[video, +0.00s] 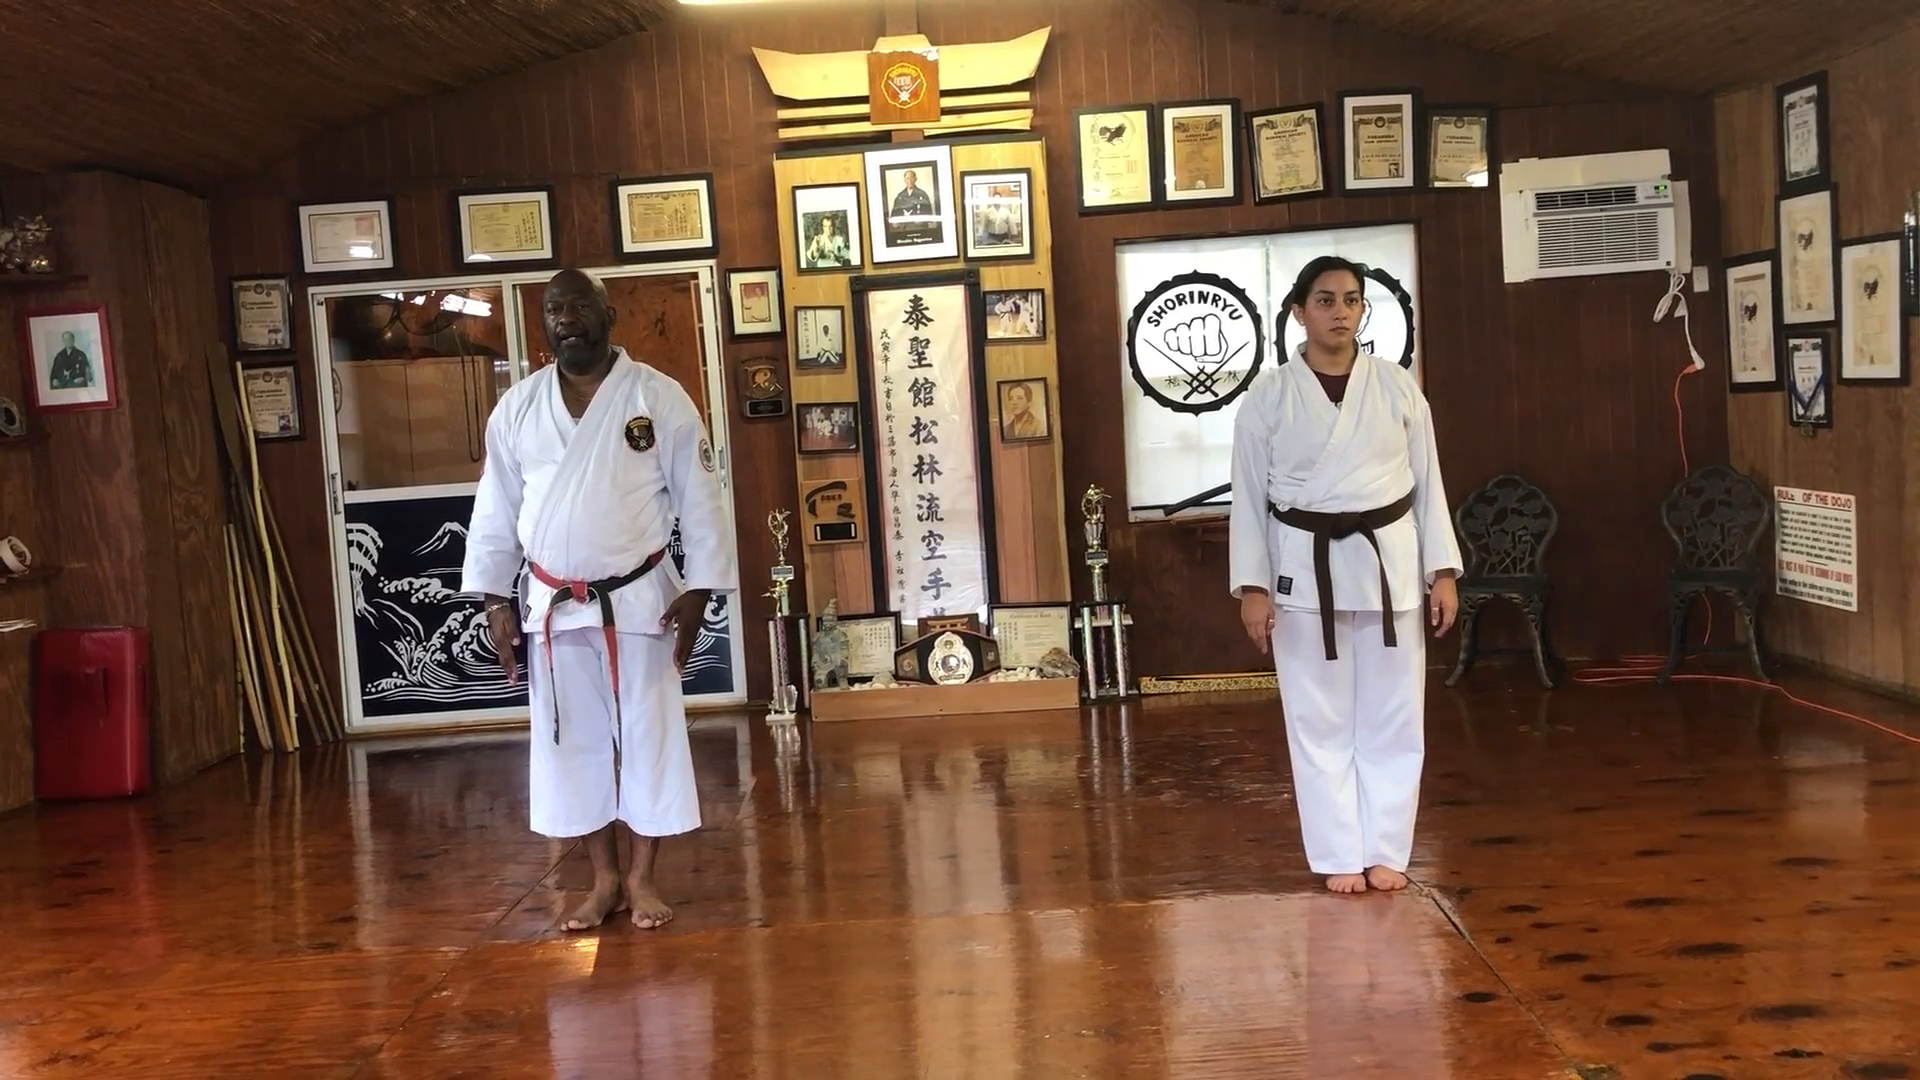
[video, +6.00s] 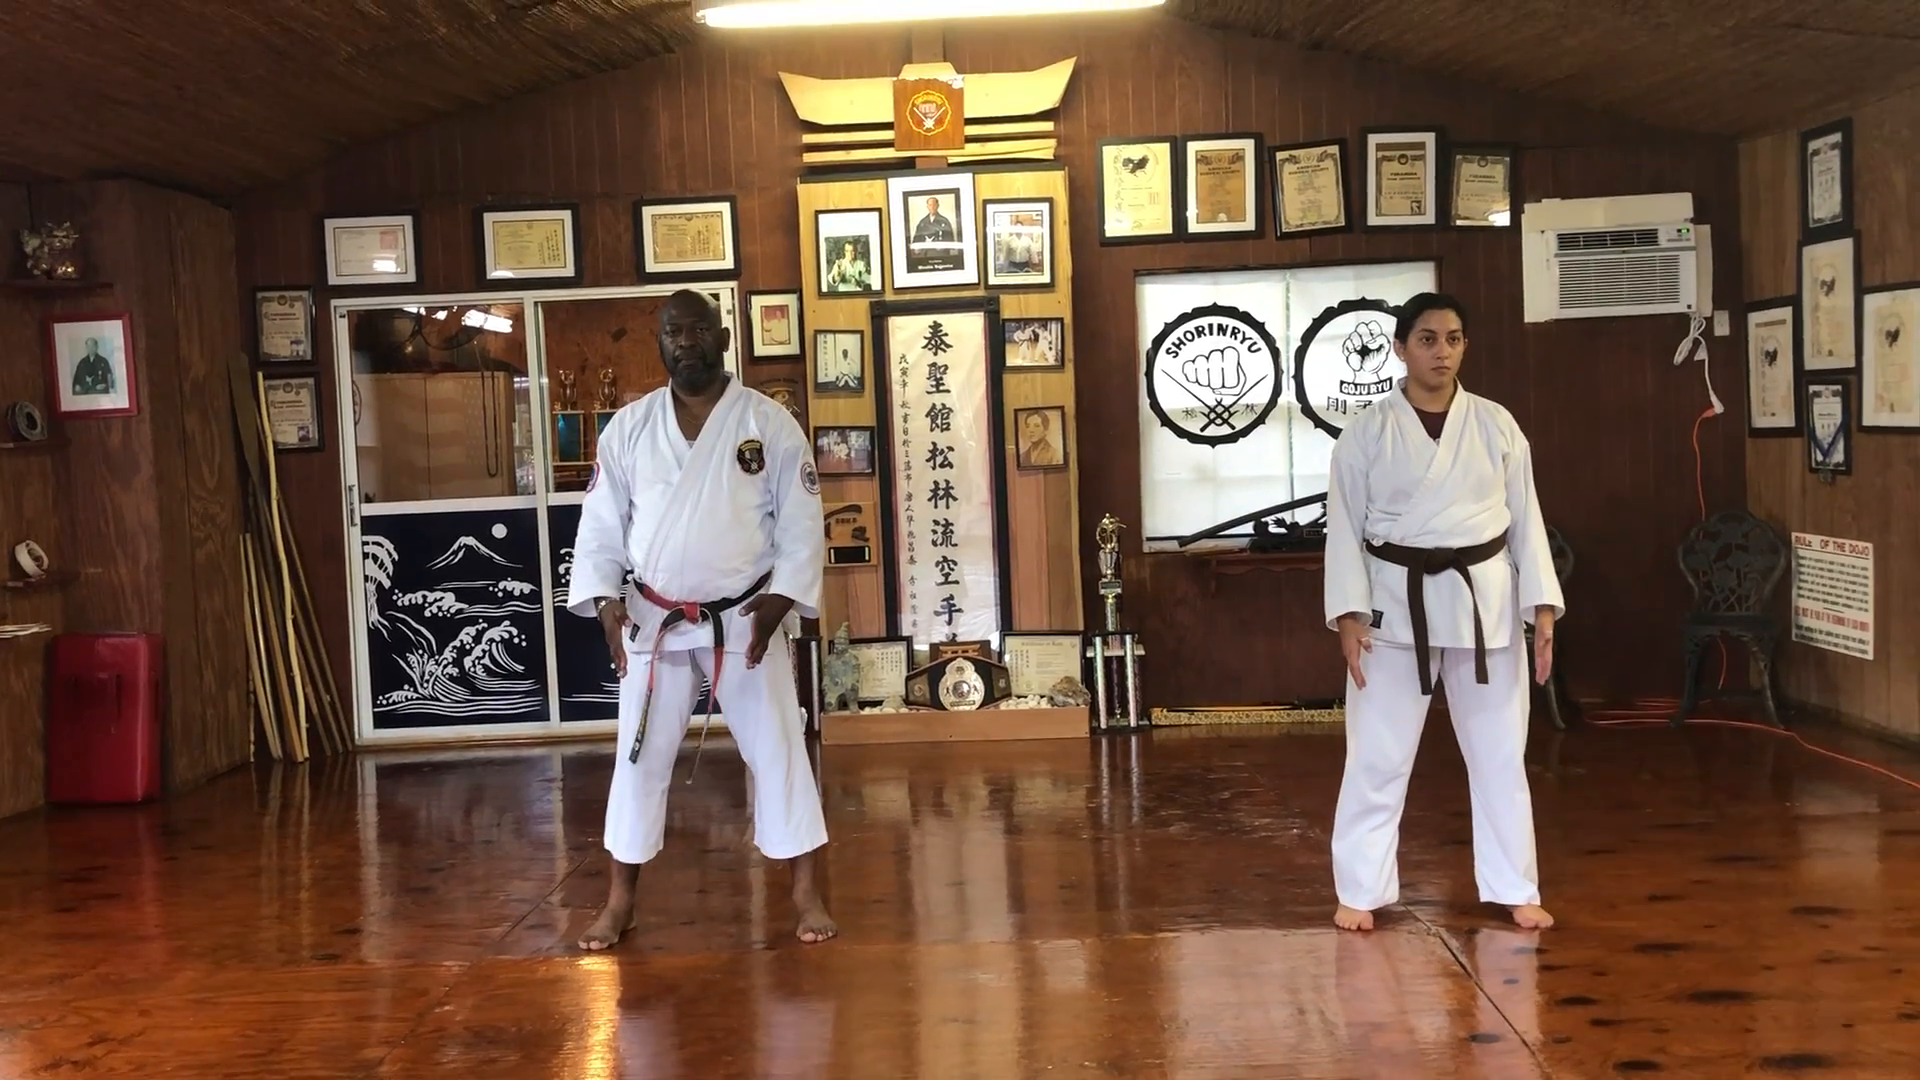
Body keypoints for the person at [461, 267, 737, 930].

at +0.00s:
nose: (565, 321)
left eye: (577, 308)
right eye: (554, 312)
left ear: (608, 316)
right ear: (542, 326)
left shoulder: (658, 396)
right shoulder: (516, 408)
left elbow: (699, 498)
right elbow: (496, 509)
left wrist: (701, 590)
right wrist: (495, 602)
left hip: (638, 591)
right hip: (553, 599)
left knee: (644, 734)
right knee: (574, 735)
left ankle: (639, 880)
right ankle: (602, 880)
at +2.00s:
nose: (590, 322)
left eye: (602, 311)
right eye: (579, 314)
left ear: (632, 318)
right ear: (566, 327)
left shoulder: (680, 400)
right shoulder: (538, 410)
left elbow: (719, 501)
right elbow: (518, 509)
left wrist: (717, 593)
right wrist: (516, 601)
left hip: (657, 593)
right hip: (572, 598)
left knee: (661, 736)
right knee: (588, 736)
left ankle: (652, 878)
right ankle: (616, 879)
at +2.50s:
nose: (560, 392)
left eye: (572, 379)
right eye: (550, 380)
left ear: (605, 367)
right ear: (540, 376)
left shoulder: (666, 420)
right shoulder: (522, 430)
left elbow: (716, 510)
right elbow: (514, 528)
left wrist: (707, 600)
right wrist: (532, 616)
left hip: (662, 608)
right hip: (577, 614)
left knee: (665, 745)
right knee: (592, 746)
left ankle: (651, 882)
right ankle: (613, 884)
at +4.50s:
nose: (583, 320)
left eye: (595, 308)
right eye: (572, 312)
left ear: (624, 319)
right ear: (558, 328)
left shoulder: (675, 398)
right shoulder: (532, 410)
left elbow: (712, 499)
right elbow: (516, 508)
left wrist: (706, 589)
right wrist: (524, 597)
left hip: (656, 590)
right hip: (572, 597)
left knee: (658, 733)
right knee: (590, 734)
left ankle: (654, 879)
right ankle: (617, 880)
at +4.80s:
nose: (592, 324)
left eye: (603, 310)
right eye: (579, 314)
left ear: (631, 316)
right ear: (566, 326)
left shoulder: (682, 394)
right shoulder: (541, 413)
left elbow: (728, 491)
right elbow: (526, 512)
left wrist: (733, 579)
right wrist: (533, 604)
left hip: (680, 585)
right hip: (591, 597)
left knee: (712, 723)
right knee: (600, 735)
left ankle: (747, 868)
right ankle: (620, 881)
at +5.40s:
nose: (693, 328)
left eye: (704, 316)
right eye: (680, 319)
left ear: (730, 323)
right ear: (664, 333)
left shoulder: (779, 406)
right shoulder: (637, 413)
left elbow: (815, 502)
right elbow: (615, 507)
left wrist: (797, 576)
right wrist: (619, 586)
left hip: (761, 594)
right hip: (668, 599)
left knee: (794, 734)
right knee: (651, 743)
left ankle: (815, 877)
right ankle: (626, 888)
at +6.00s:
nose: (690, 341)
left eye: (700, 329)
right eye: (676, 332)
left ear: (724, 338)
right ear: (659, 346)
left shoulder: (768, 423)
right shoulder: (627, 428)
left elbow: (802, 522)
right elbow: (602, 520)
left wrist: (779, 597)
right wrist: (606, 598)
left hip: (745, 612)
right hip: (654, 616)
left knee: (780, 751)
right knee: (637, 756)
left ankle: (808, 893)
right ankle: (618, 903)